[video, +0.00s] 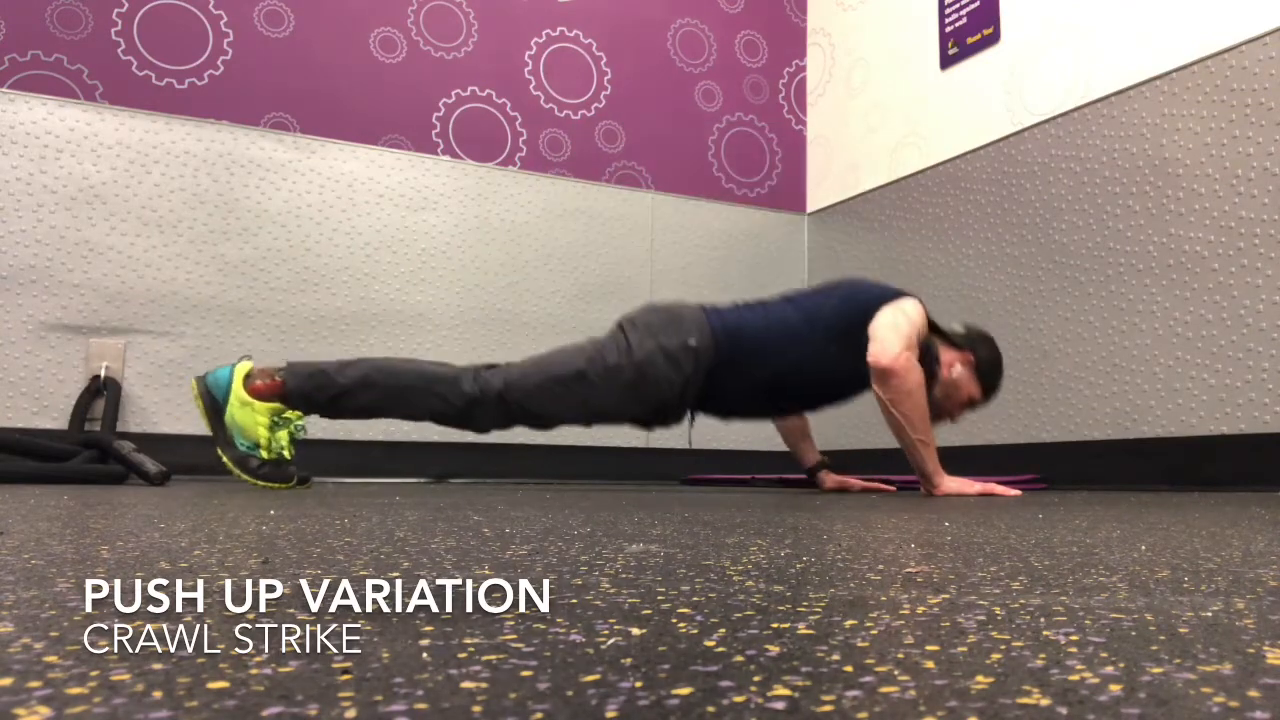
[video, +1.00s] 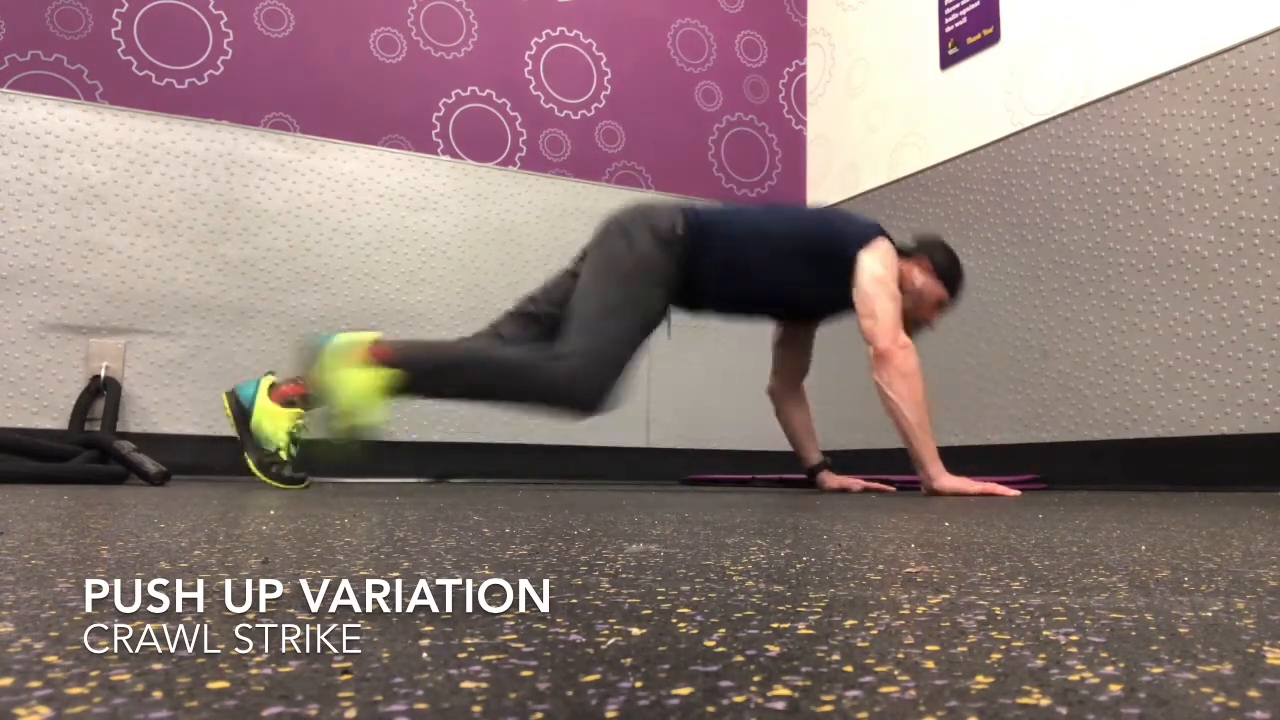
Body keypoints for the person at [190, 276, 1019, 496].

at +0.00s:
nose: (943, 406)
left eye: (955, 405)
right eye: (958, 396)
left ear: (945, 371)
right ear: (955, 356)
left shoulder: (855, 329)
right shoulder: (910, 317)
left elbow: (781, 385)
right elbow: (892, 367)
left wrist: (819, 471)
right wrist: (938, 475)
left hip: (678, 361)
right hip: (678, 353)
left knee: (486, 395)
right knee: (483, 396)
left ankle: (271, 391)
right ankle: (261, 384)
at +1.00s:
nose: (907, 326)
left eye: (920, 316)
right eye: (919, 309)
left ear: (896, 276)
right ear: (914, 269)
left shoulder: (824, 278)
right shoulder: (873, 247)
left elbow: (788, 384)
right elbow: (894, 355)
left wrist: (819, 469)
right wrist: (935, 473)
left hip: (640, 255)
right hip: (653, 238)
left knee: (501, 353)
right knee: (578, 381)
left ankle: (291, 401)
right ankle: (374, 360)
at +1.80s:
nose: (888, 191)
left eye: (893, 184)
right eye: (887, 178)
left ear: (856, 167)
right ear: (853, 160)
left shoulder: (797, 233)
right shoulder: (801, 165)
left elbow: (797, 347)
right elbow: (856, 224)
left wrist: (813, 451)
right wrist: (946, 196)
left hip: (635, 310)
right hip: (638, 257)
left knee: (476, 431)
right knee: (822, 243)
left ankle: (287, 405)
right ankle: (854, 438)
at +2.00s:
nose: (883, 195)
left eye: (890, 186)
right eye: (881, 180)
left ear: (862, 171)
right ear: (849, 162)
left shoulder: (798, 238)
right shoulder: (800, 166)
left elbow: (797, 352)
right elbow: (848, 221)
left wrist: (815, 455)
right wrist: (940, 195)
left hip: (636, 318)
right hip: (637, 261)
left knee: (476, 436)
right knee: (822, 244)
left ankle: (290, 407)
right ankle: (852, 440)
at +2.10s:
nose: (883, 200)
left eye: (891, 191)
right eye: (882, 184)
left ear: (860, 175)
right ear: (849, 165)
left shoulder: (795, 242)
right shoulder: (801, 169)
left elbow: (797, 353)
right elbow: (850, 226)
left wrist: (813, 457)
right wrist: (942, 198)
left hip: (636, 318)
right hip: (641, 261)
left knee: (481, 438)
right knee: (828, 247)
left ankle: (292, 405)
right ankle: (853, 440)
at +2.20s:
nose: (876, 209)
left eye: (886, 201)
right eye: (875, 192)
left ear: (866, 180)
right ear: (847, 169)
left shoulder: (793, 242)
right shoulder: (799, 169)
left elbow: (794, 355)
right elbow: (842, 226)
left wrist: (814, 461)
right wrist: (937, 207)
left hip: (632, 304)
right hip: (641, 256)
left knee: (478, 436)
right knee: (826, 251)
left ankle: (290, 404)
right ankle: (854, 440)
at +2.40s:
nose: (869, 237)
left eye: (880, 236)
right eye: (872, 219)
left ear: (867, 231)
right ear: (846, 185)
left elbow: (766, 392)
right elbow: (848, 251)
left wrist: (815, 467)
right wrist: (939, 329)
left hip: (600, 245)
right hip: (604, 194)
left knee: (466, 368)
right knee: (760, 240)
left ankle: (265, 407)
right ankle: (792, 415)